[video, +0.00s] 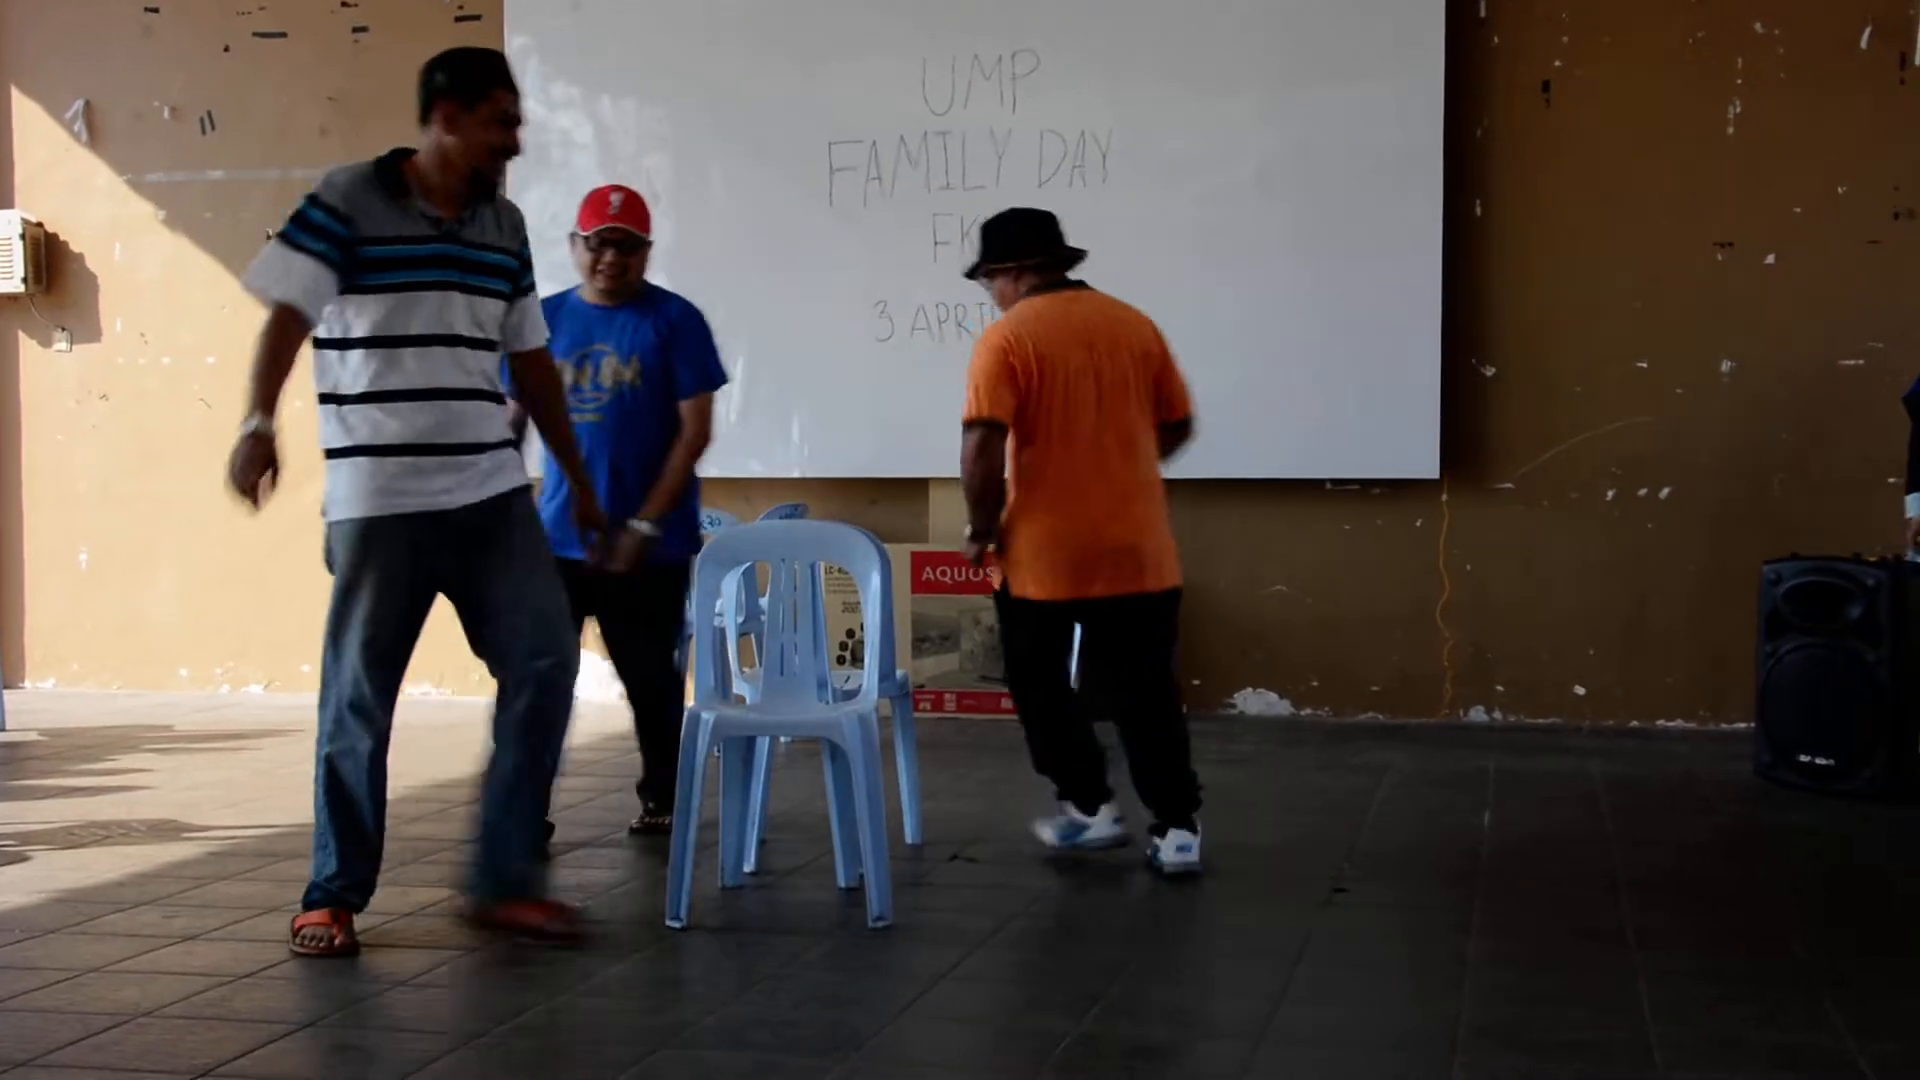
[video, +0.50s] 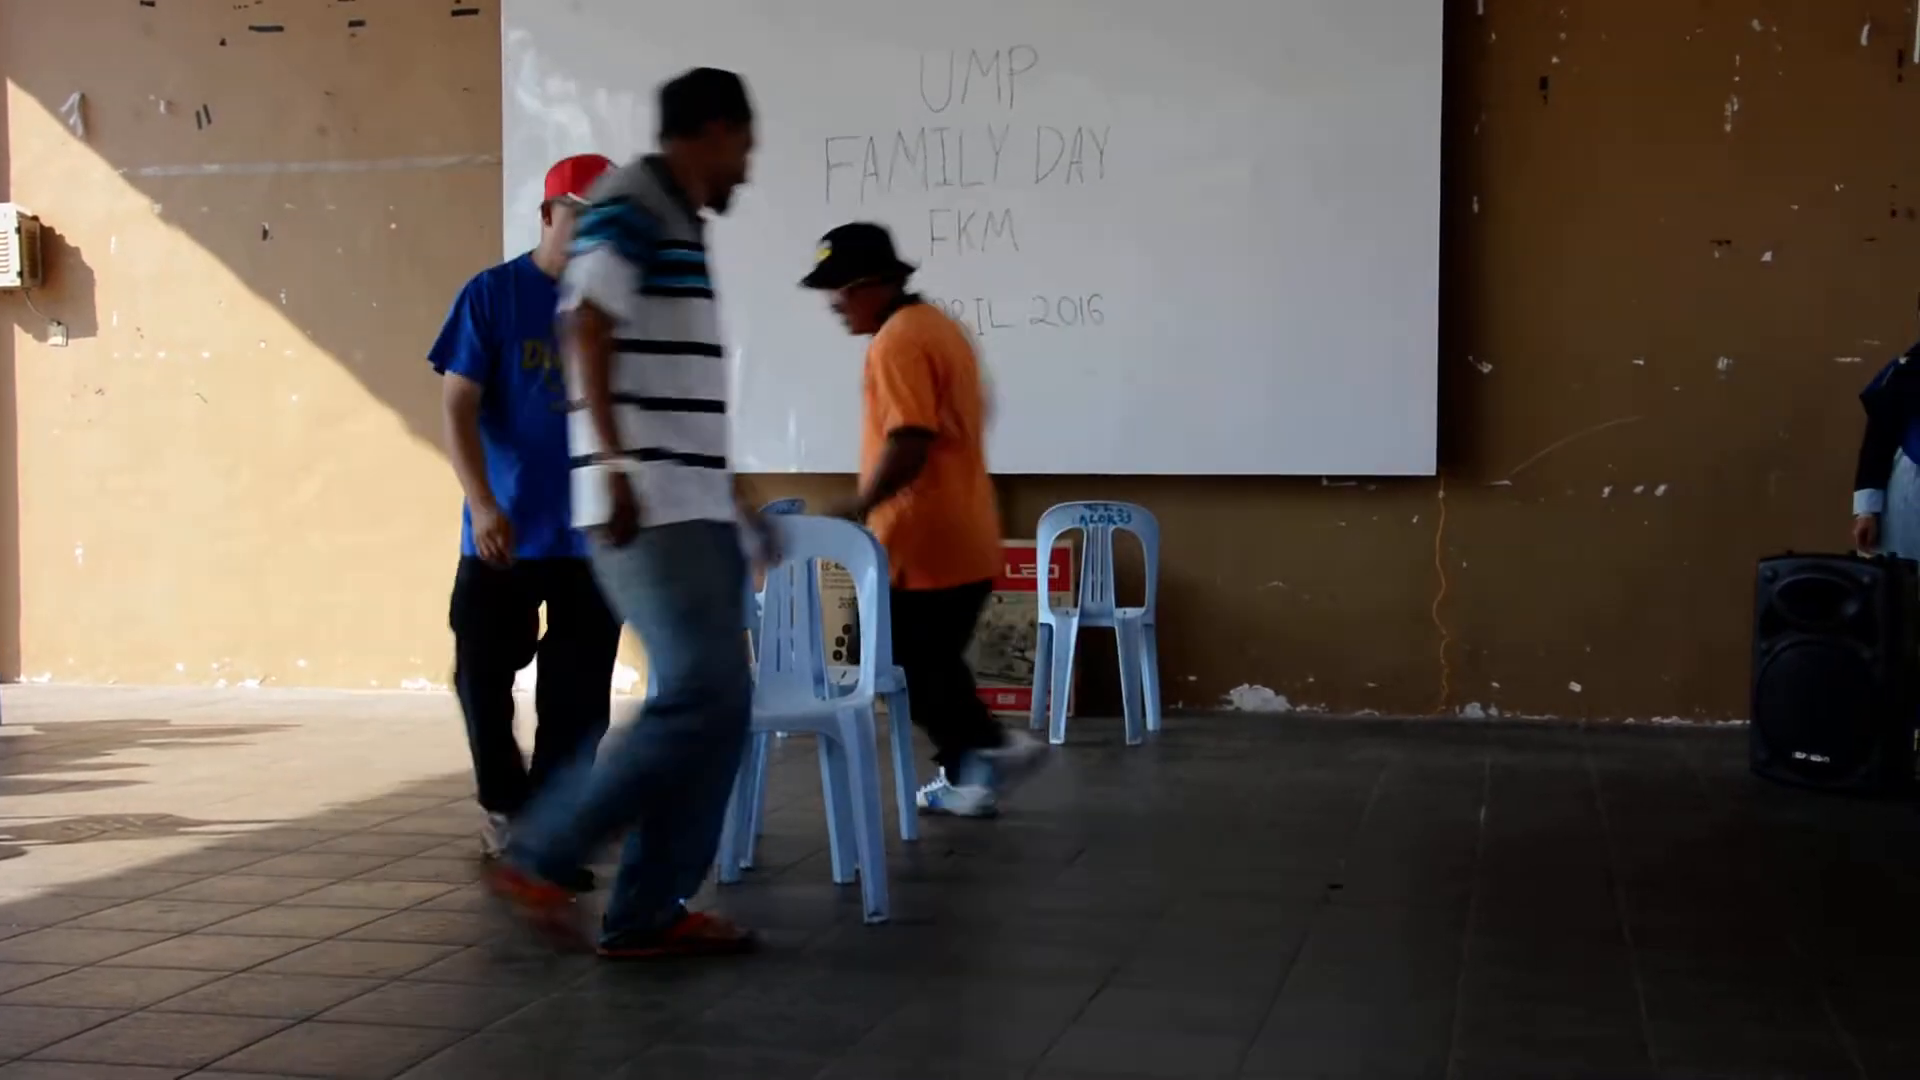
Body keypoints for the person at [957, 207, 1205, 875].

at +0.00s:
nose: (990, 294)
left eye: (991, 280)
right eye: (988, 281)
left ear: (1015, 273)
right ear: (1061, 266)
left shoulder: (1008, 337)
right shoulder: (1133, 323)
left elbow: (983, 450)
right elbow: (1177, 424)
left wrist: (981, 527)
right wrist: (1116, 462)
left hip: (1045, 547)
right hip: (1140, 543)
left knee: (1040, 686)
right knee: (1146, 689)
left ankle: (1087, 809)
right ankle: (1178, 830)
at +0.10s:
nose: (957, 283)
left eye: (959, 269)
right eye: (955, 271)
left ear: (988, 261)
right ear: (1026, 255)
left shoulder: (987, 323)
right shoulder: (1102, 310)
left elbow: (986, 419)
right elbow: (1134, 409)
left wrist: (984, 510)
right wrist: (1077, 453)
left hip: (1028, 539)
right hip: (1117, 533)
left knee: (1023, 678)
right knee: (1120, 659)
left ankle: (1056, 804)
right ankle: (1171, 777)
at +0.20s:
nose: (928, 296)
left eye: (930, 280)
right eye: (925, 281)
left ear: (959, 272)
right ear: (989, 268)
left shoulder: (964, 336)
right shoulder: (1061, 319)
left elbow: (971, 434)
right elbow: (1096, 414)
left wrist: (944, 518)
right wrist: (1042, 467)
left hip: (1006, 541)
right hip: (1084, 533)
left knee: (1005, 681)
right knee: (1090, 646)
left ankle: (1049, 805)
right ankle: (1147, 741)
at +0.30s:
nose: (899, 302)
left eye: (903, 287)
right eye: (896, 289)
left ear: (933, 277)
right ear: (961, 272)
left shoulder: (944, 338)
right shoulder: (1023, 322)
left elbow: (939, 441)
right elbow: (1069, 407)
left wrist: (887, 489)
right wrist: (1035, 473)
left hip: (981, 542)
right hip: (1045, 532)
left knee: (989, 679)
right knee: (1020, 652)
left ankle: (1046, 803)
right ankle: (1080, 757)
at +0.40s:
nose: (867, 292)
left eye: (872, 278)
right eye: (864, 280)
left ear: (903, 269)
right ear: (928, 264)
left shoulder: (916, 328)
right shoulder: (987, 311)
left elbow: (914, 428)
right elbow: (1036, 388)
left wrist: (854, 470)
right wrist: (1007, 454)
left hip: (952, 532)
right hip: (1008, 521)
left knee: (957, 665)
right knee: (976, 656)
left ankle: (1041, 781)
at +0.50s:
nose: (835, 305)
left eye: (842, 291)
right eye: (832, 294)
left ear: (875, 284)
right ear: (890, 284)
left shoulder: (897, 341)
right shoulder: (940, 329)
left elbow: (910, 439)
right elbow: (975, 412)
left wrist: (856, 506)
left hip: (924, 545)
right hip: (967, 538)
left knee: (913, 662)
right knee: (939, 660)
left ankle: (975, 759)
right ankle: (970, 770)